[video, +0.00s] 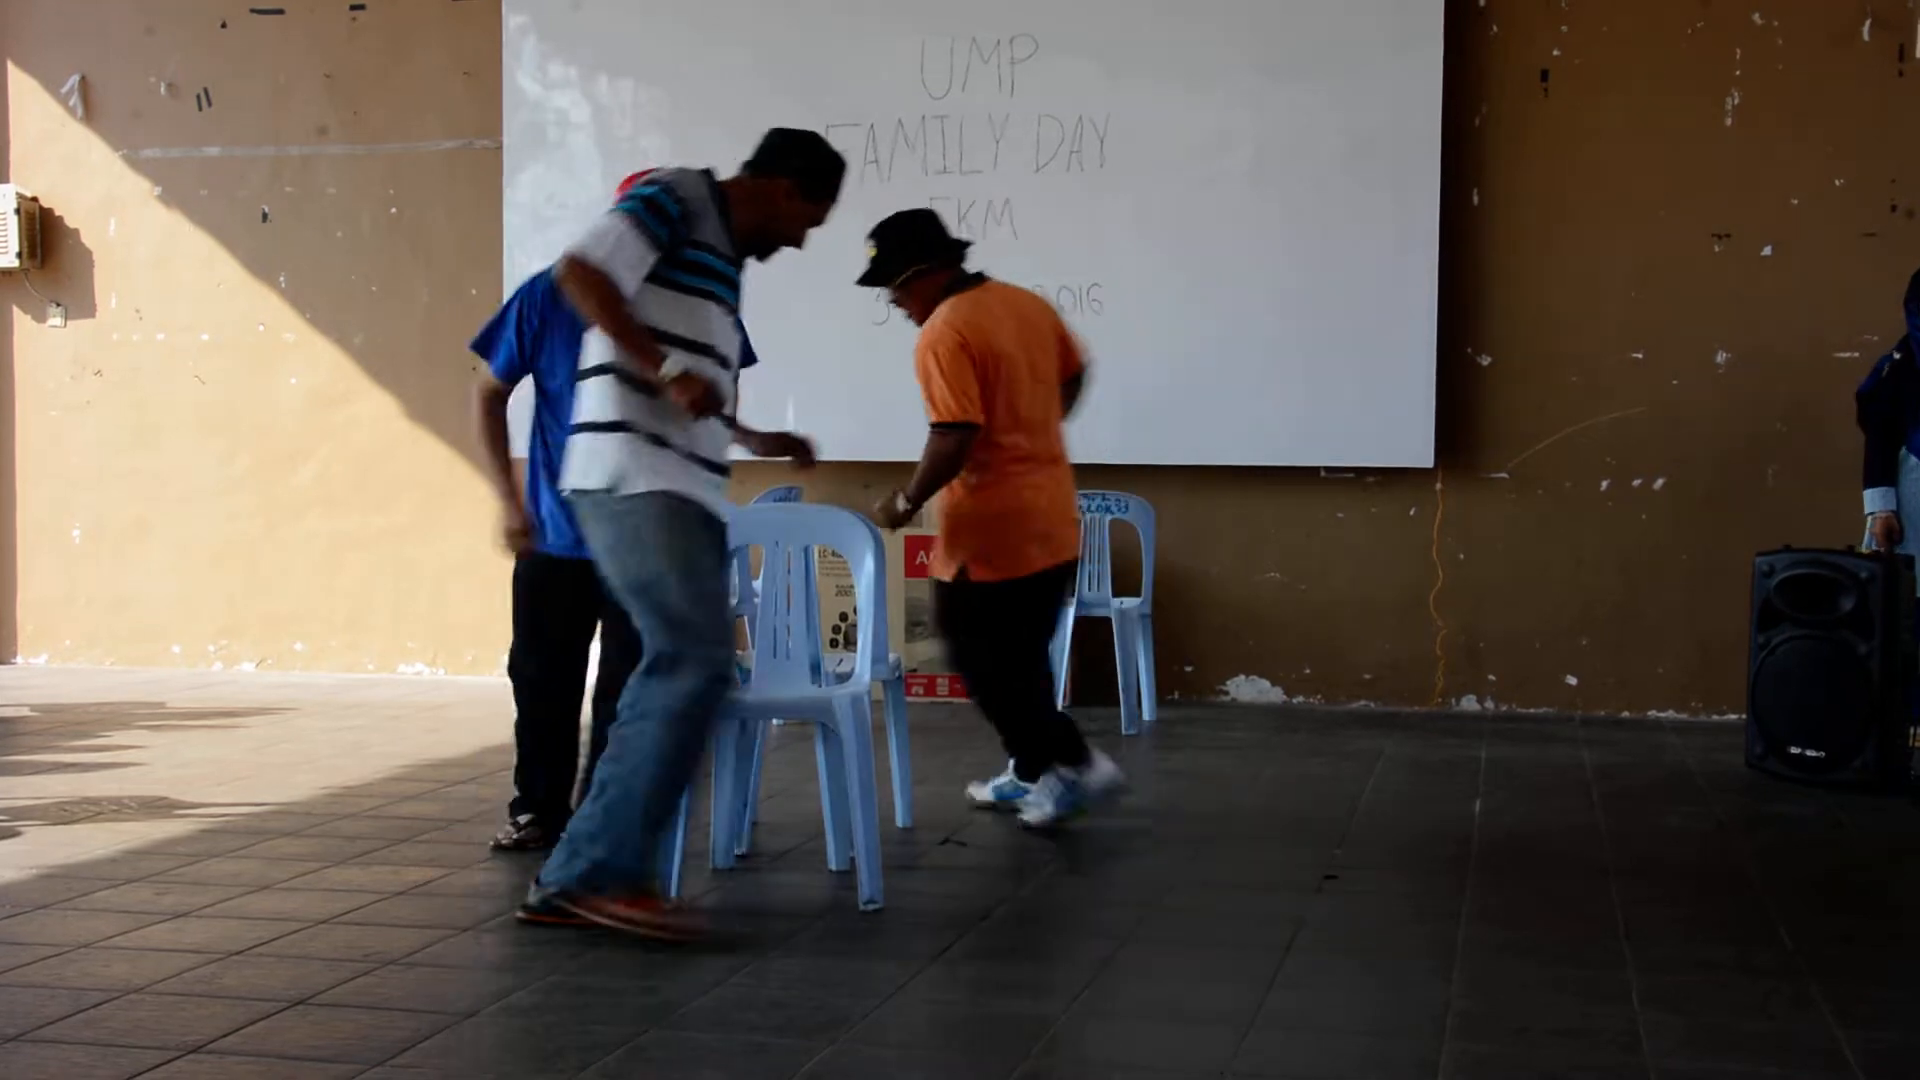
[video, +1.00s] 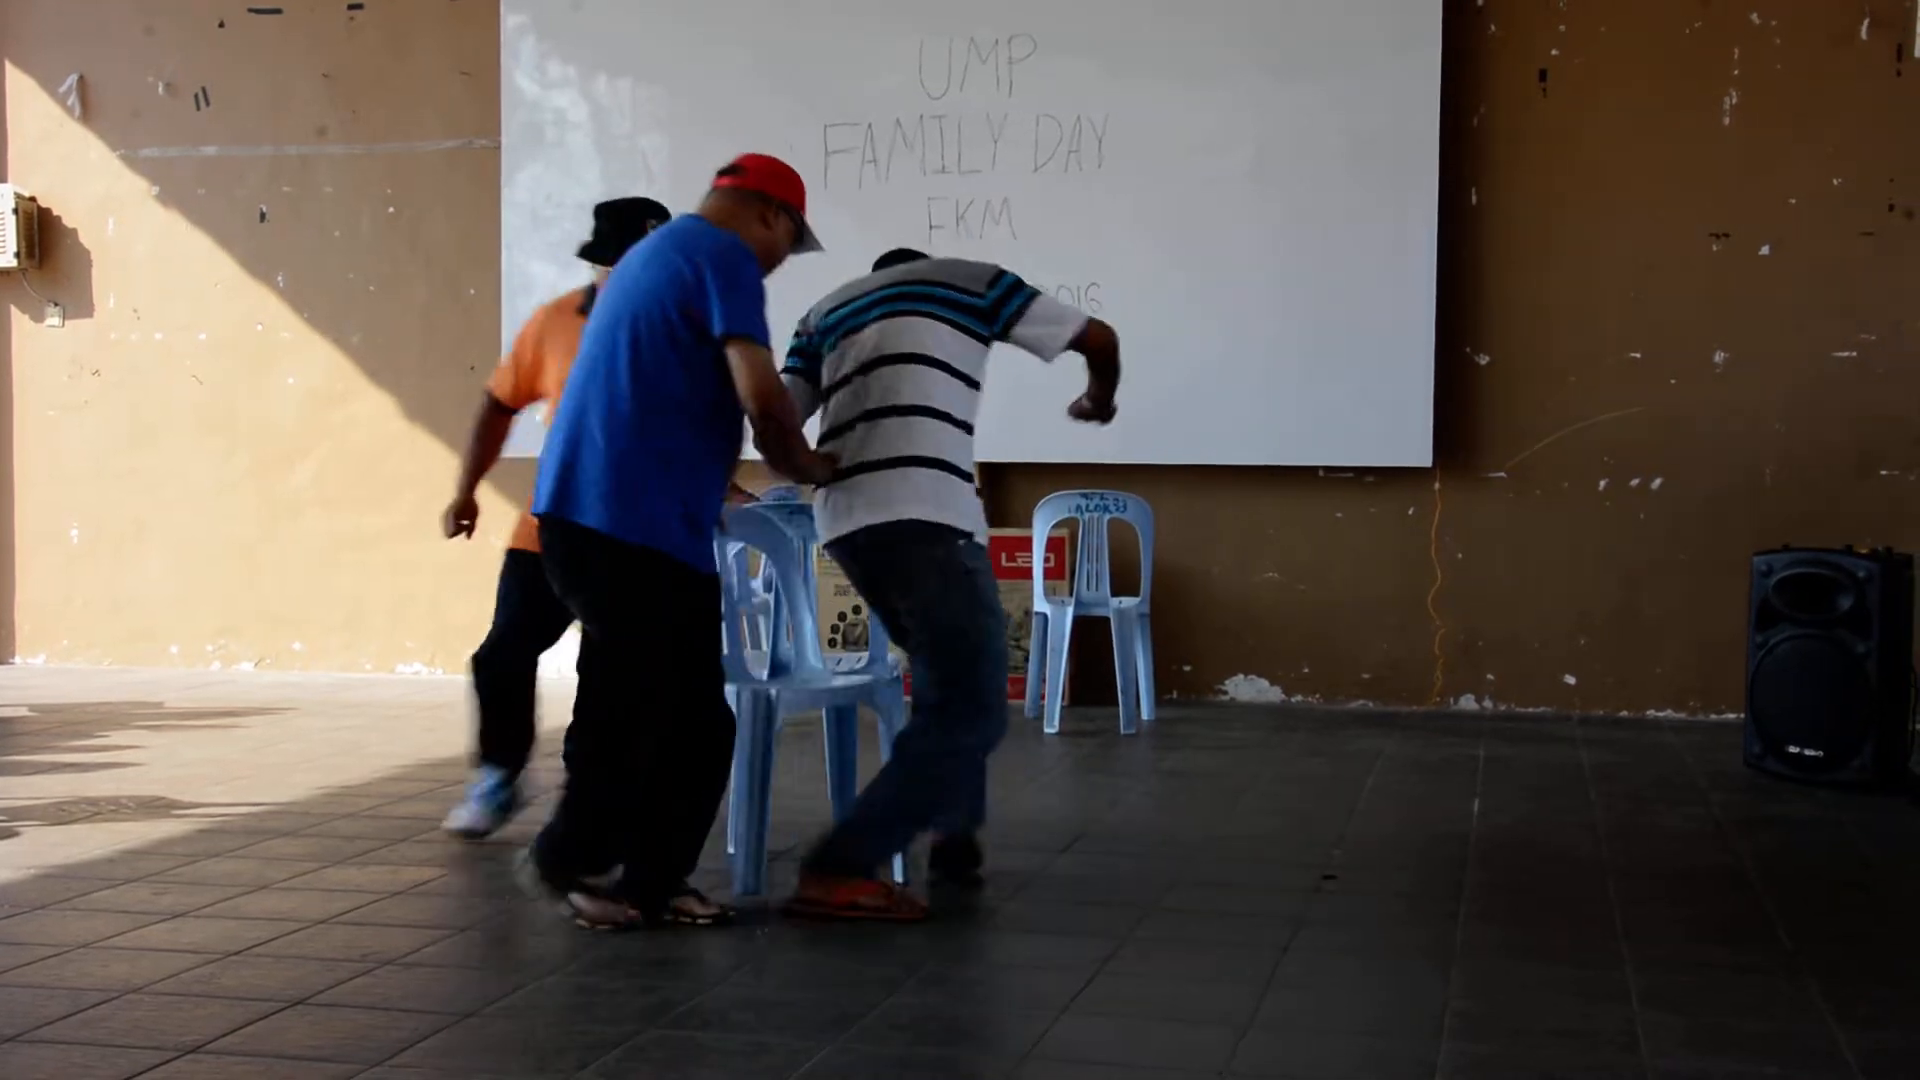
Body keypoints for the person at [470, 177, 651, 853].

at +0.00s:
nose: (643, 235)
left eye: (660, 221)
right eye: (638, 216)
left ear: (678, 233)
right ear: (616, 220)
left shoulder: (686, 307)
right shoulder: (555, 294)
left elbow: (702, 412)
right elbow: (489, 393)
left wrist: (755, 441)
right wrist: (511, 499)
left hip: (639, 534)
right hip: (557, 531)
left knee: (627, 689)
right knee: (541, 680)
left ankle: (607, 819)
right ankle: (539, 809)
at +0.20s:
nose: (692, 255)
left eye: (703, 243)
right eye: (686, 237)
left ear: (706, 241)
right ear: (652, 218)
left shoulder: (694, 301)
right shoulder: (570, 283)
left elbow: (710, 398)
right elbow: (515, 395)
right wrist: (610, 454)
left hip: (646, 529)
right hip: (549, 523)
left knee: (638, 687)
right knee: (520, 660)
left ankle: (610, 833)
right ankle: (509, 775)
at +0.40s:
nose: (727, 242)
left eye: (736, 230)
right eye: (723, 223)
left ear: (697, 211)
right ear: (681, 199)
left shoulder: (697, 291)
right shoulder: (592, 259)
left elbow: (686, 384)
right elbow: (567, 378)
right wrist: (674, 426)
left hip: (647, 531)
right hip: (564, 521)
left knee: (643, 701)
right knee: (557, 698)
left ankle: (597, 840)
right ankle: (543, 873)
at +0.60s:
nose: (737, 240)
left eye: (742, 225)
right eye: (736, 219)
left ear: (688, 196)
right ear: (699, 196)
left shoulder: (648, 267)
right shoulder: (621, 253)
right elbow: (623, 385)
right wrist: (723, 444)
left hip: (636, 534)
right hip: (584, 530)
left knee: (659, 698)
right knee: (580, 707)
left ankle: (554, 820)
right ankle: (552, 887)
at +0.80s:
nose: (756, 236)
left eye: (764, 223)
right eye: (760, 216)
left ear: (700, 184)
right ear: (728, 191)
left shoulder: (640, 238)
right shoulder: (673, 243)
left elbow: (649, 395)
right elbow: (710, 379)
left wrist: (727, 459)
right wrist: (766, 447)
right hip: (618, 515)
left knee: (578, 697)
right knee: (683, 694)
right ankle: (579, 884)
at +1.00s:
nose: (785, 256)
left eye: (792, 244)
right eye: (789, 238)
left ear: (725, 204)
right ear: (763, 212)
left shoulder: (655, 252)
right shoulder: (724, 256)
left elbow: (643, 405)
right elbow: (762, 398)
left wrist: (725, 480)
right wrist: (804, 463)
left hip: (581, 508)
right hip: (645, 523)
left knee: (619, 694)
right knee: (696, 713)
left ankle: (569, 855)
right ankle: (653, 884)